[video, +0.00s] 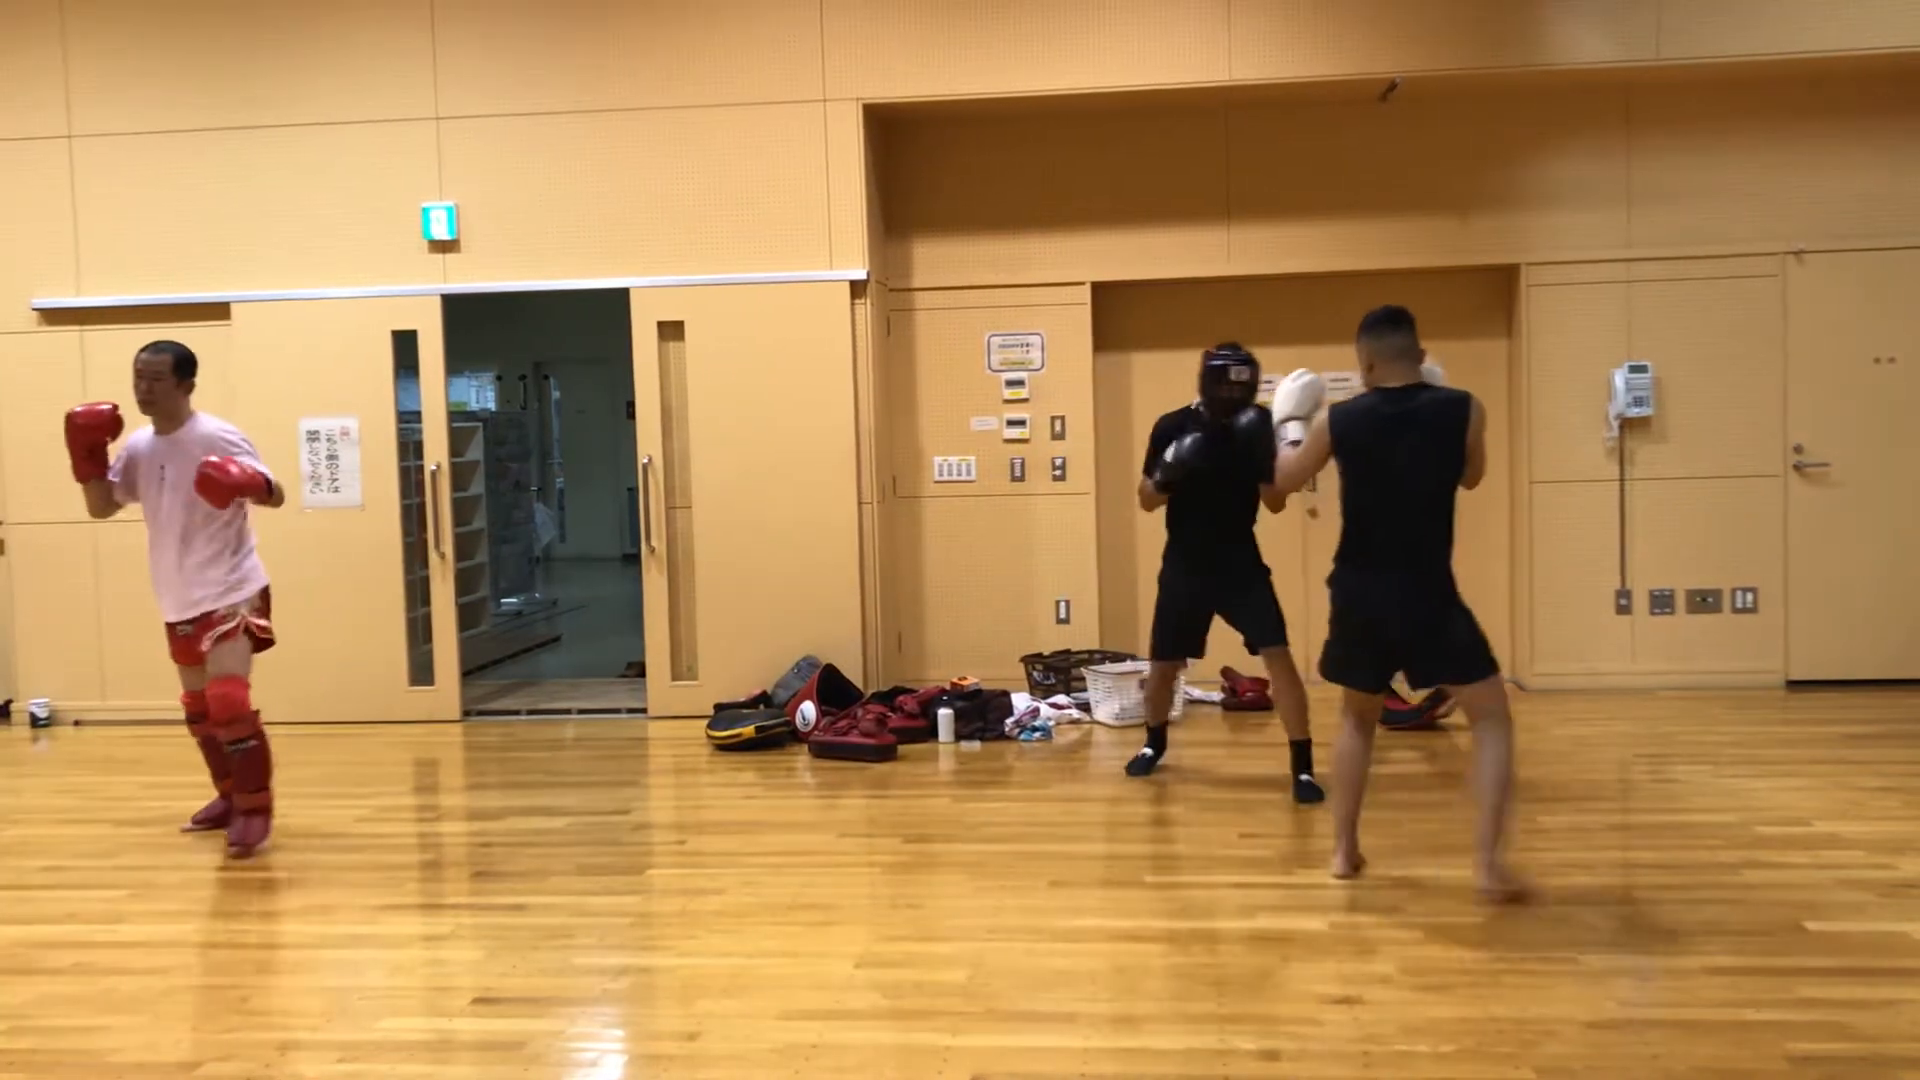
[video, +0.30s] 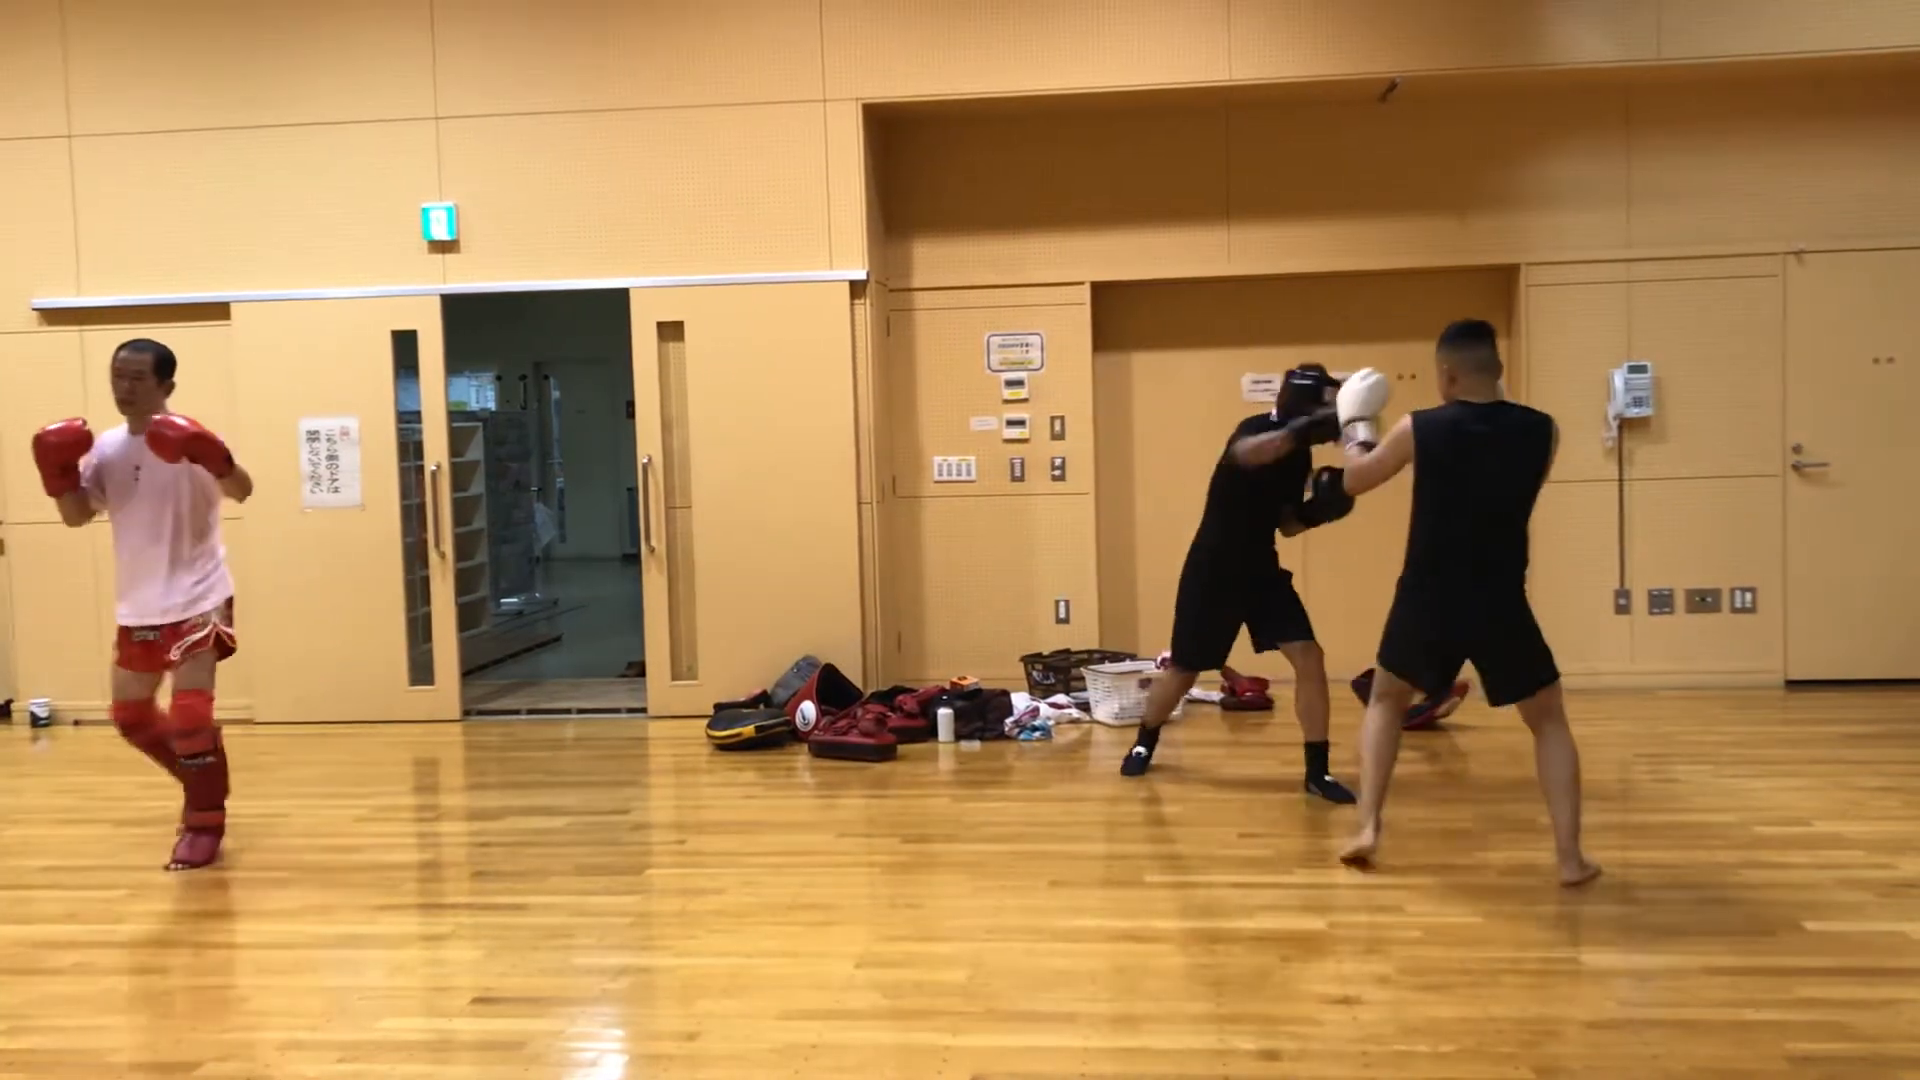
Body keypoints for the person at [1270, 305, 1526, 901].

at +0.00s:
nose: (1363, 369)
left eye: (1362, 361)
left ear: (1363, 361)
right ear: (1421, 355)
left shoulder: (1343, 419)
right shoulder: (1461, 409)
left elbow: (1286, 479)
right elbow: (1471, 476)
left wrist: (1289, 429)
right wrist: (1435, 401)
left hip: (1360, 598)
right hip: (1429, 598)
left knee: (1357, 719)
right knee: (1491, 716)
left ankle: (1344, 851)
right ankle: (1489, 863)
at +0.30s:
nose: (1437, 380)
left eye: (1438, 372)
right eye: (1440, 372)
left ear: (1446, 373)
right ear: (1498, 369)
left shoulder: (1422, 429)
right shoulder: (1541, 430)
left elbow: (1356, 480)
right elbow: (1503, 483)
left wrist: (1354, 433)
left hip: (1428, 601)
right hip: (1501, 604)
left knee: (1388, 698)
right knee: (1547, 719)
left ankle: (1367, 827)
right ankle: (1570, 858)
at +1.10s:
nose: (1477, 371)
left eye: (1473, 363)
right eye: (1525, 364)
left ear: (1474, 365)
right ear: (1530, 366)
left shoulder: (1442, 425)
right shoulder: (1561, 428)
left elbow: (1382, 492)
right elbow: (1581, 498)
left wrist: (1372, 459)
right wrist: (1552, 429)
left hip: (1442, 604)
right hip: (1515, 605)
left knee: (1394, 710)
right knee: (1572, 723)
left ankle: (1351, 828)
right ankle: (1570, 859)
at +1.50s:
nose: (1491, 362)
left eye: (1492, 354)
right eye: (1496, 355)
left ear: (1500, 356)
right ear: (1553, 353)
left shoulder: (1471, 413)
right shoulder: (1591, 417)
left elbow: (1414, 476)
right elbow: (1592, 485)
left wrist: (1411, 432)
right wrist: (1547, 453)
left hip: (1473, 585)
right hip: (1544, 590)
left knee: (1451, 693)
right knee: (1566, 721)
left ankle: (1439, 809)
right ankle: (1568, 860)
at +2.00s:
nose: (1482, 378)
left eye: (1481, 370)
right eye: (1487, 370)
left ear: (1486, 371)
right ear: (1538, 364)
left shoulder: (1477, 429)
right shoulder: (1588, 417)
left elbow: (1433, 496)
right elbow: (1611, 489)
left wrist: (1426, 440)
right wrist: (1605, 434)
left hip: (1504, 589)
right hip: (1574, 588)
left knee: (1466, 691)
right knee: (1619, 710)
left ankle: (1446, 810)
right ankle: (1630, 843)